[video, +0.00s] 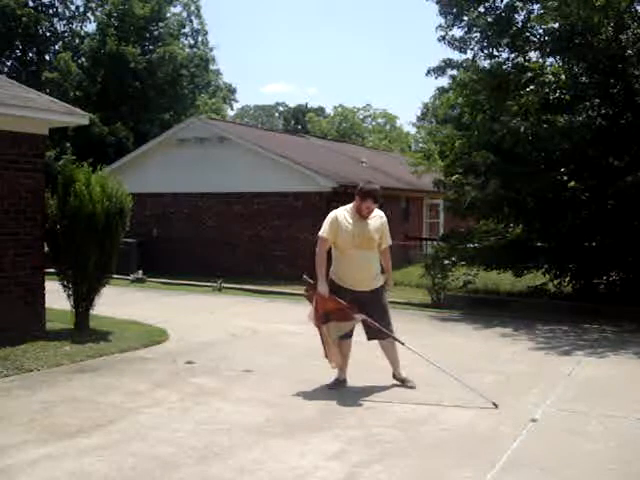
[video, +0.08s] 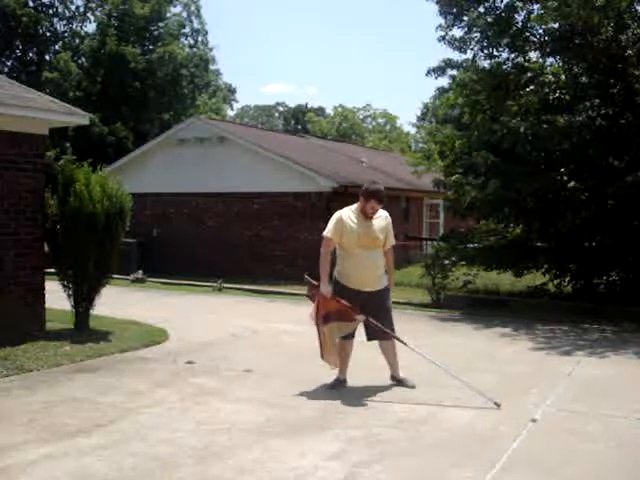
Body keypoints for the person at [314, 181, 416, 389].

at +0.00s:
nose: (369, 210)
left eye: (373, 206)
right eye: (366, 205)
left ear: (377, 205)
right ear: (356, 200)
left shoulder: (379, 218)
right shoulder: (337, 217)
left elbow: (384, 250)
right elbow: (321, 249)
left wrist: (388, 275)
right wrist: (322, 282)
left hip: (373, 288)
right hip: (342, 289)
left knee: (386, 333)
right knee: (343, 335)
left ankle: (397, 372)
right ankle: (341, 375)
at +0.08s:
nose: (375, 208)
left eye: (378, 204)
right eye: (372, 203)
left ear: (381, 204)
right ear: (362, 200)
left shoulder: (384, 218)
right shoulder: (342, 217)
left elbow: (388, 250)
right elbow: (326, 248)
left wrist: (390, 278)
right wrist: (325, 282)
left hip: (378, 288)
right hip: (347, 288)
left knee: (386, 334)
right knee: (346, 334)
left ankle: (396, 374)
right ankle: (341, 376)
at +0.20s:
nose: (385, 212)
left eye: (388, 208)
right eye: (382, 207)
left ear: (392, 206)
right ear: (372, 201)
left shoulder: (394, 218)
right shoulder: (353, 218)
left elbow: (397, 251)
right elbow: (336, 251)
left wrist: (394, 275)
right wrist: (331, 282)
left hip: (386, 289)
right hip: (355, 287)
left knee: (389, 336)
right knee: (349, 335)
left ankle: (395, 376)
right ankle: (341, 376)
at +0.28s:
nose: (388, 211)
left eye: (391, 208)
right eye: (385, 207)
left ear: (394, 206)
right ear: (375, 201)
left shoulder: (397, 218)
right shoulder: (356, 217)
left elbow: (400, 251)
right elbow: (338, 249)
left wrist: (396, 275)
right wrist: (333, 282)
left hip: (388, 288)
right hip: (357, 287)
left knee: (390, 336)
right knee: (349, 335)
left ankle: (395, 376)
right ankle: (340, 376)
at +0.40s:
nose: (394, 210)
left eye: (398, 207)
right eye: (391, 205)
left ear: (402, 206)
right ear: (382, 200)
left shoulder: (403, 219)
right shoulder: (361, 216)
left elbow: (407, 251)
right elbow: (345, 250)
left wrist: (411, 275)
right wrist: (339, 281)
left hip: (392, 288)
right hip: (361, 286)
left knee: (392, 335)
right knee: (348, 332)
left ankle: (396, 376)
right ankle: (334, 375)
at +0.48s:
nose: (396, 209)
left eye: (400, 206)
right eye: (393, 204)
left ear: (403, 205)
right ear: (384, 199)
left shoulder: (404, 220)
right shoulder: (362, 216)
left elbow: (408, 251)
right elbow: (346, 248)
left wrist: (413, 277)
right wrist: (343, 280)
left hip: (392, 290)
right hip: (362, 287)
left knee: (392, 336)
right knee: (348, 334)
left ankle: (395, 377)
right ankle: (333, 378)